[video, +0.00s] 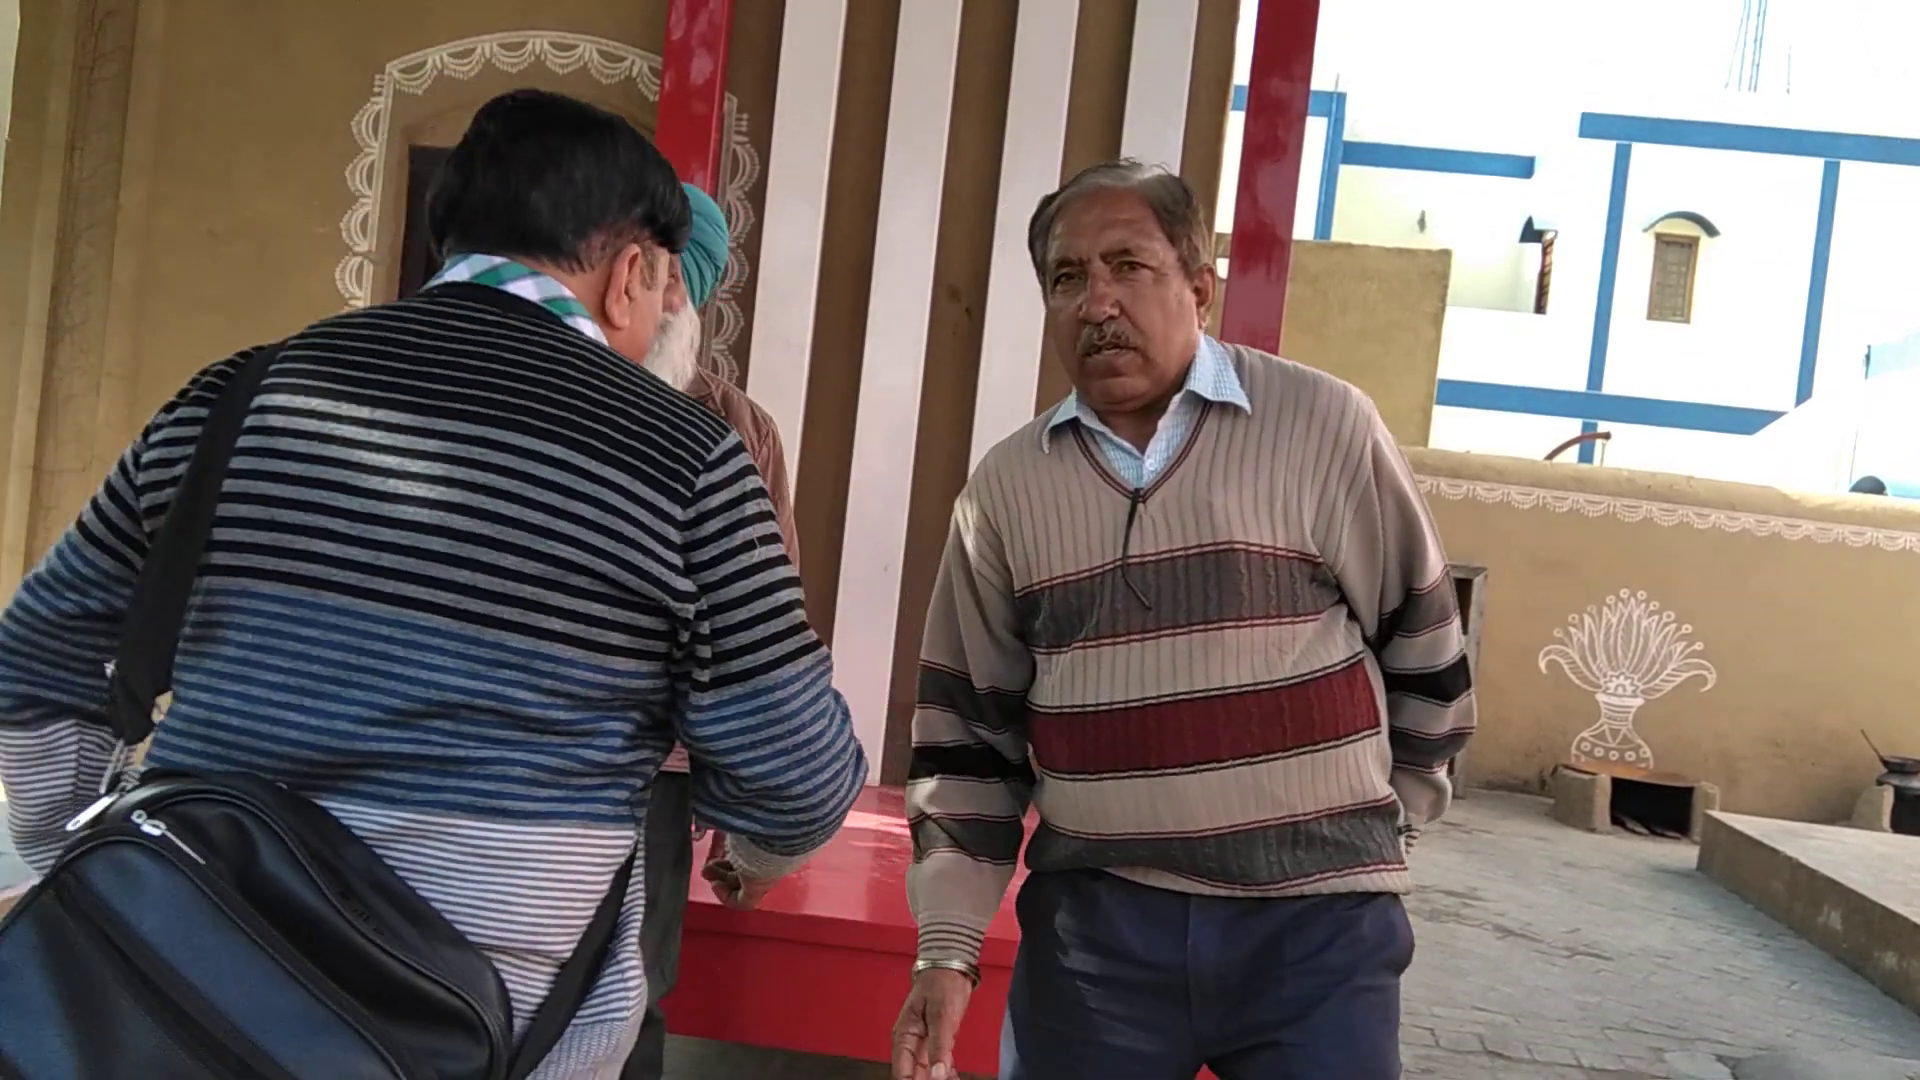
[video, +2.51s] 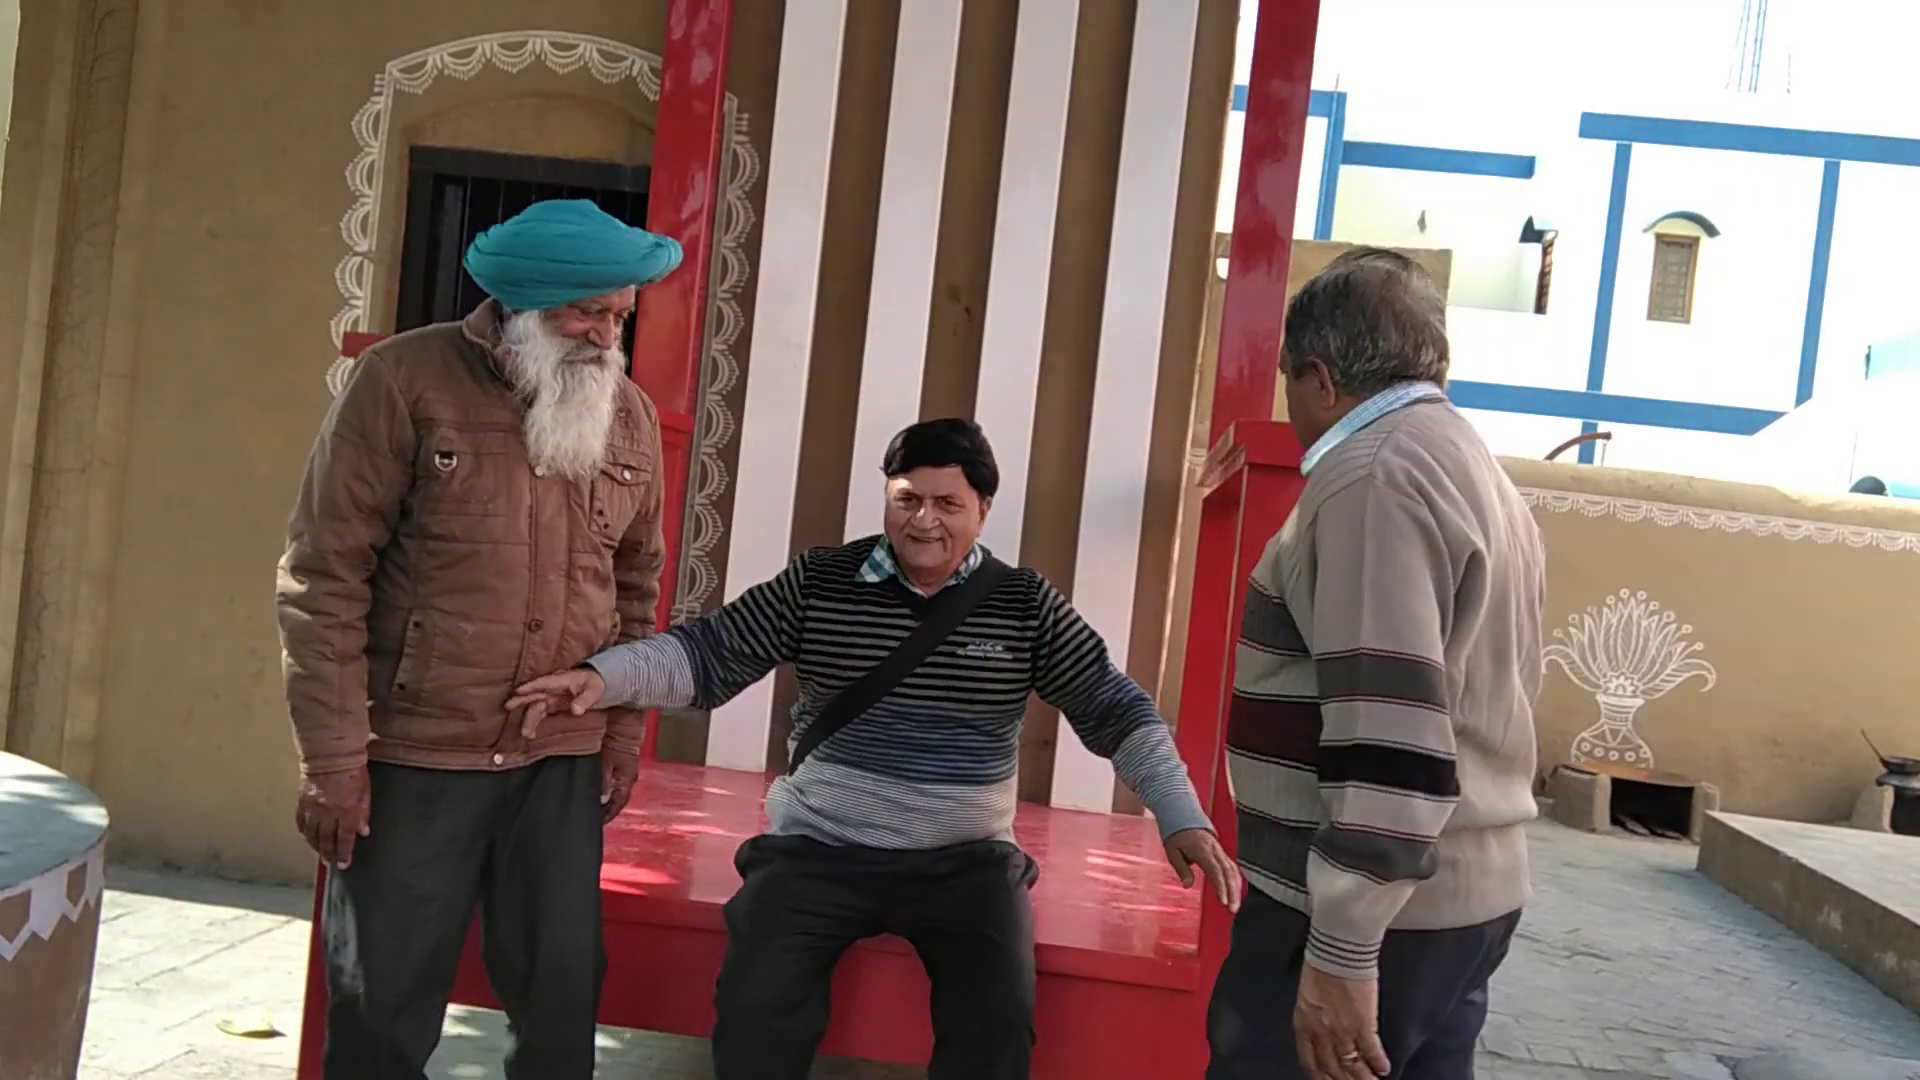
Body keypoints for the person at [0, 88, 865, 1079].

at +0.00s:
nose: (671, 327)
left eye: (681, 297)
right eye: (675, 291)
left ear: (457, 240)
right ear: (627, 267)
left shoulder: (242, 388)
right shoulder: (680, 452)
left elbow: (42, 647)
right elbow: (801, 786)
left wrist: (54, 882)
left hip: (194, 982)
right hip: (506, 1022)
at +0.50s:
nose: (885, 381)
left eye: (889, 359)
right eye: (887, 359)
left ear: (740, 334)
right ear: (856, 351)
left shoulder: (626, 440)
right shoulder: (880, 464)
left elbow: (575, 648)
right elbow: (949, 688)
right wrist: (980, 896)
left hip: (596, 869)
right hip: (785, 902)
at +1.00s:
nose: (1110, 423)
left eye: (1117, 406)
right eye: (1092, 401)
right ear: (1019, 395)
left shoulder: (1005, 480)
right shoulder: (985, 491)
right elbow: (918, 682)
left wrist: (1169, 492)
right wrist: (997, 848)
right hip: (898, 864)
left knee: (919, 1061)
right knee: (914, 1064)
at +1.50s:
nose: (969, 427)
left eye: (995, 409)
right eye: (954, 404)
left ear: (1043, 418)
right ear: (932, 401)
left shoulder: (1070, 525)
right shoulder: (859, 490)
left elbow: (1118, 664)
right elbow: (763, 605)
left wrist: (1138, 794)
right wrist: (689, 707)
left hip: (982, 841)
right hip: (827, 826)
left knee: (964, 1065)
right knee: (792, 1058)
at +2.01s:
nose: (884, 506)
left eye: (908, 491)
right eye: (874, 484)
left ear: (966, 489)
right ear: (859, 474)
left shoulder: (1022, 576)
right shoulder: (814, 554)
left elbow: (1124, 698)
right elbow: (709, 651)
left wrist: (1181, 819)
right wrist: (605, 683)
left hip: (968, 851)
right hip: (812, 836)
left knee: (988, 1024)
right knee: (756, 1009)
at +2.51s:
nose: (920, 518)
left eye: (943, 503)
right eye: (906, 499)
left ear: (982, 512)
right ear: (884, 500)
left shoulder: (1025, 608)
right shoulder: (820, 582)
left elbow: (1120, 715)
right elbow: (708, 651)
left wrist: (1182, 819)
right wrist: (601, 679)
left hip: (967, 850)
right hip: (817, 837)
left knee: (996, 1014)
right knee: (758, 1004)